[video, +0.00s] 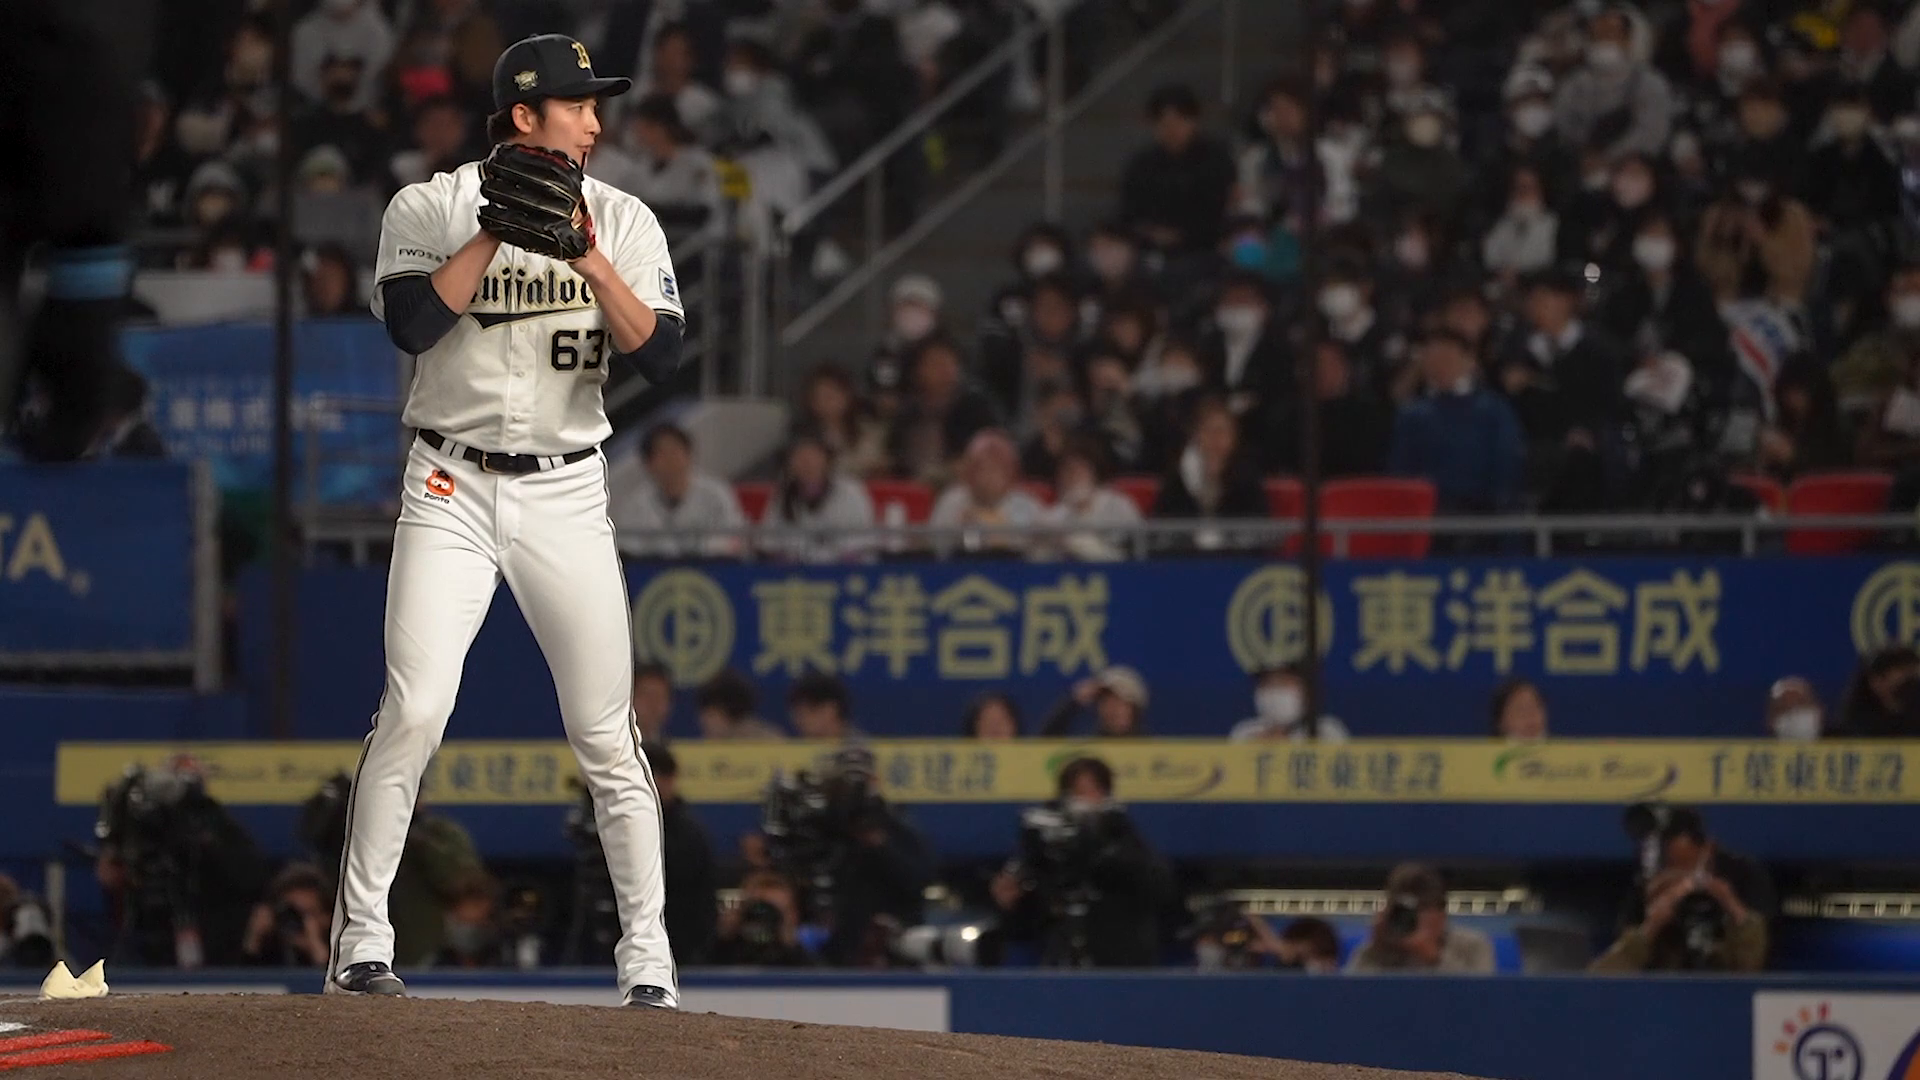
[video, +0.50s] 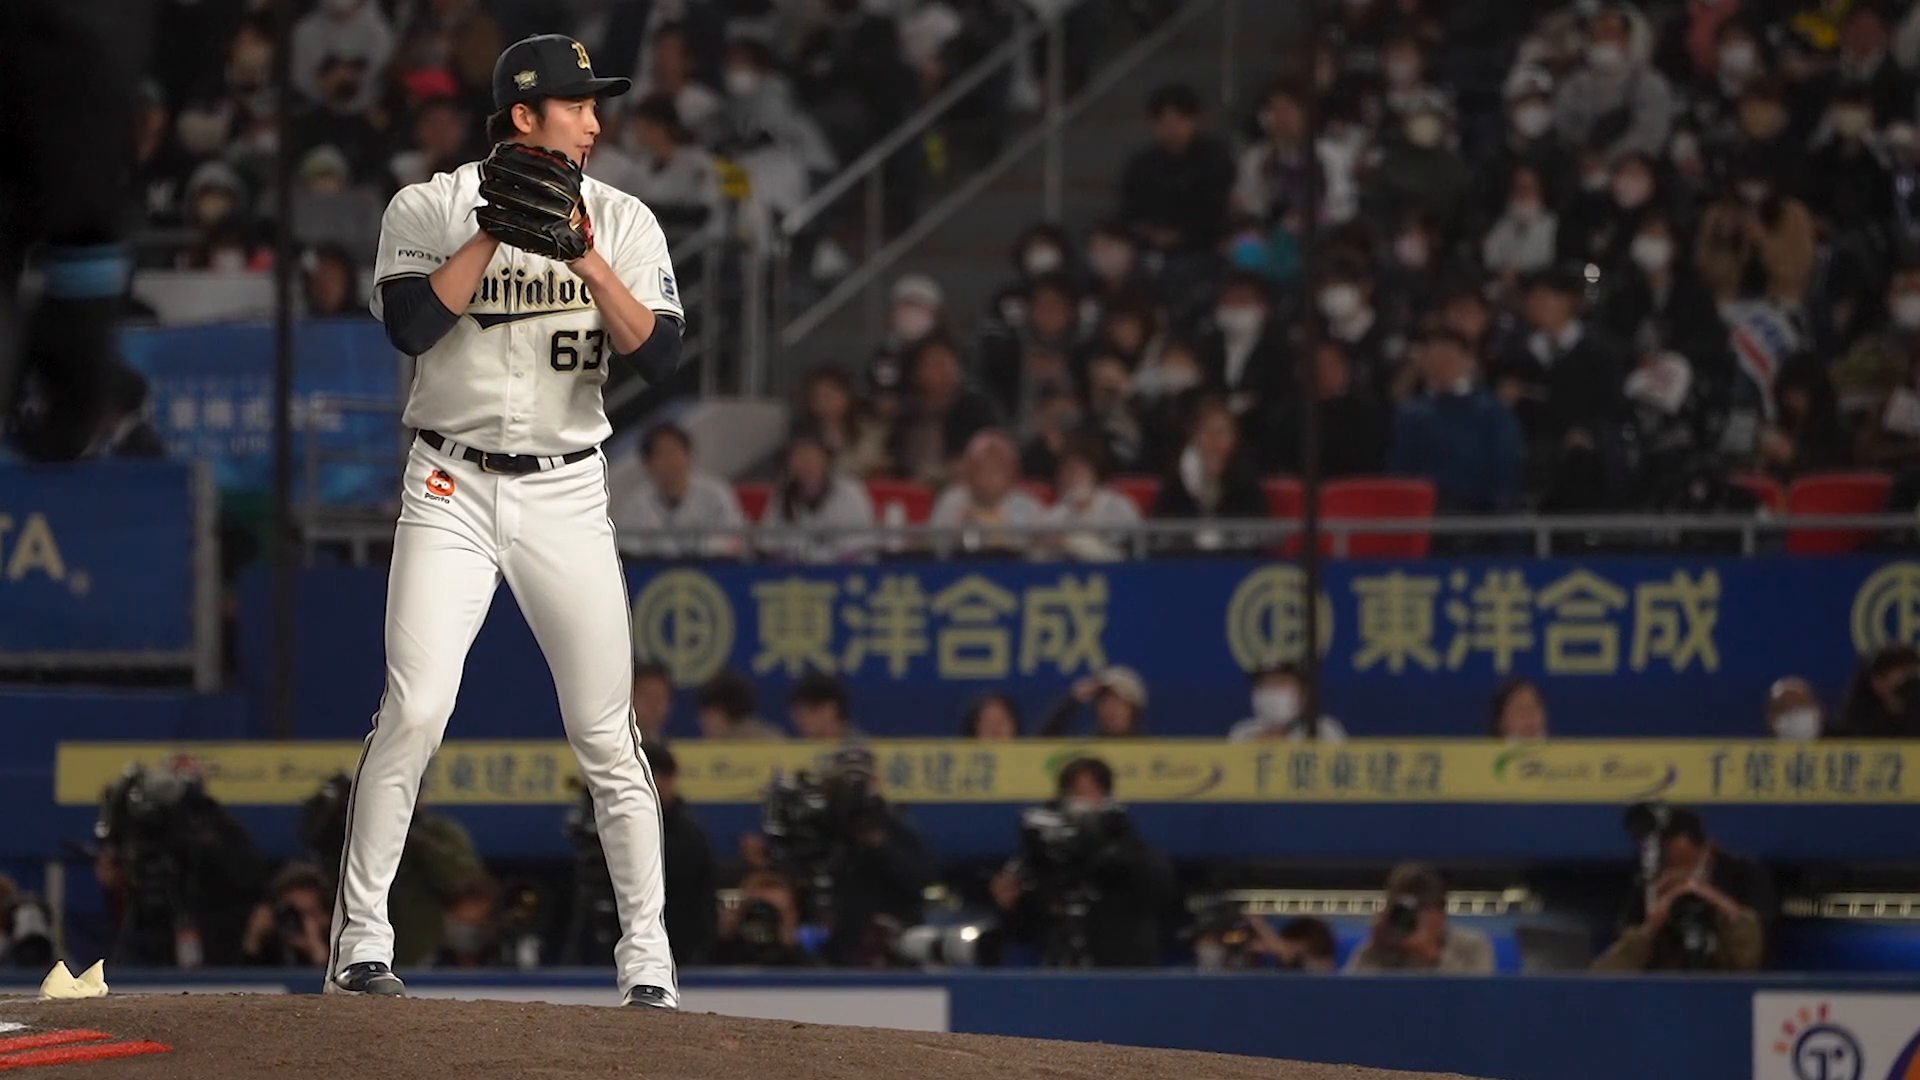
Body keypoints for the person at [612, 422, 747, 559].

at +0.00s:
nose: (671, 463)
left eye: (676, 453)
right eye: (663, 455)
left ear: (688, 457)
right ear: (648, 464)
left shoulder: (717, 496)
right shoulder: (631, 504)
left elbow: (735, 544)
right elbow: (626, 550)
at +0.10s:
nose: (671, 464)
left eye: (676, 454)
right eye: (662, 456)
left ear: (688, 457)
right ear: (648, 464)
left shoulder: (717, 495)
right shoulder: (631, 504)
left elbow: (736, 544)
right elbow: (626, 551)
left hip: (710, 582)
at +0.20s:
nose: (671, 463)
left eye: (676, 454)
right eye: (663, 456)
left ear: (688, 457)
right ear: (649, 464)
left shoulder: (717, 495)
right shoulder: (632, 504)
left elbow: (735, 544)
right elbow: (625, 551)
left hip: (709, 581)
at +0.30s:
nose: (671, 463)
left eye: (676, 453)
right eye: (663, 455)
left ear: (688, 457)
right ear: (649, 464)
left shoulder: (716, 495)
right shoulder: (632, 504)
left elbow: (735, 544)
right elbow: (626, 551)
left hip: (709, 582)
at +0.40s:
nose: (671, 463)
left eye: (676, 453)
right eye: (662, 455)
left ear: (688, 457)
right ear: (648, 464)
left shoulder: (716, 496)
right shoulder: (632, 504)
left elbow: (734, 544)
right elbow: (626, 550)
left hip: (709, 581)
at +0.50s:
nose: (671, 463)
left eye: (676, 453)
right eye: (662, 455)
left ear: (688, 457)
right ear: (648, 464)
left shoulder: (716, 495)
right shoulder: (632, 504)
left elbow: (735, 544)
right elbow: (626, 551)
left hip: (709, 581)